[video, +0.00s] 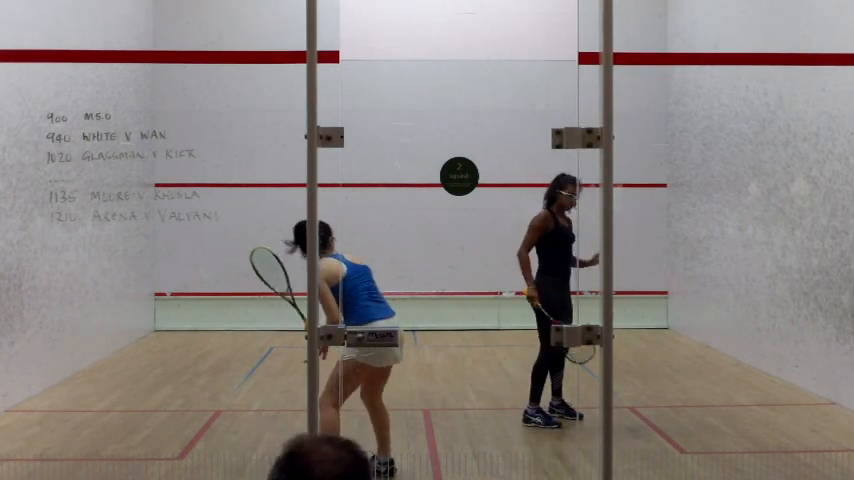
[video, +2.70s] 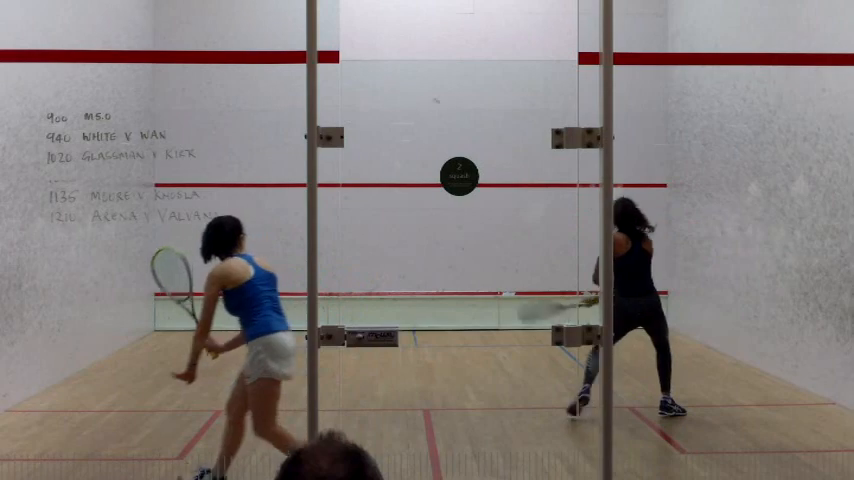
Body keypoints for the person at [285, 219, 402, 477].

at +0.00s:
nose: (304, 256)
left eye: (304, 250)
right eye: (334, 238)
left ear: (305, 248)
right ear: (332, 241)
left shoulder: (320, 270)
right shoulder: (354, 261)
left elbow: (334, 318)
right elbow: (355, 309)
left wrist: (324, 341)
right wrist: (327, 335)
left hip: (364, 340)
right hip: (391, 335)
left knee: (328, 402)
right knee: (373, 397)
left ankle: (329, 465)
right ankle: (384, 461)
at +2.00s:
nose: (324, 245)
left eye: (321, 241)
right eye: (320, 242)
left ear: (294, 256)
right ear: (317, 247)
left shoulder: (300, 281)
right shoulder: (343, 267)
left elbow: (315, 327)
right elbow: (337, 317)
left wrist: (323, 355)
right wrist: (295, 344)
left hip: (350, 337)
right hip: (381, 331)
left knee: (313, 404)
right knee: (372, 396)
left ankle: (335, 462)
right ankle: (383, 461)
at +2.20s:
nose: (308, 246)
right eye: (305, 242)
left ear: (274, 255)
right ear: (302, 247)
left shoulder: (284, 281)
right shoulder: (328, 270)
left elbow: (295, 330)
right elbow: (309, 323)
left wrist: (307, 365)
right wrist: (268, 339)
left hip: (329, 345)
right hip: (361, 340)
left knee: (299, 409)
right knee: (362, 399)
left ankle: (317, 462)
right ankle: (381, 460)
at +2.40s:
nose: (287, 240)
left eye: (286, 236)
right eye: (285, 237)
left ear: (257, 248)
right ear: (280, 240)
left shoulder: (264, 273)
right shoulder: (299, 263)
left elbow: (263, 324)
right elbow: (280, 320)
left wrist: (267, 367)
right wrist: (240, 333)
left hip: (312, 338)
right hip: (337, 333)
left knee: (293, 412)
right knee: (319, 400)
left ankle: (315, 462)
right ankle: (347, 446)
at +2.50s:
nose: (275, 237)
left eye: (274, 234)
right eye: (273, 234)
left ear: (245, 245)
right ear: (269, 238)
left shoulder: (252, 270)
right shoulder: (291, 261)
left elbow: (243, 322)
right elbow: (273, 317)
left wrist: (241, 369)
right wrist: (232, 333)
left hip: (301, 338)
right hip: (323, 332)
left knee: (289, 415)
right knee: (294, 411)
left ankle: (315, 467)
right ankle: (317, 463)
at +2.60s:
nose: (261, 237)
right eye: (259, 234)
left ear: (231, 245)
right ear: (256, 238)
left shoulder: (237, 270)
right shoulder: (276, 264)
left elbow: (224, 321)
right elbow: (264, 320)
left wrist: (214, 364)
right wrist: (224, 336)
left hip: (287, 340)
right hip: (303, 335)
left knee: (283, 418)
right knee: (263, 400)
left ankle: (319, 468)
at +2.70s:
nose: (245, 238)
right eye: (243, 235)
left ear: (214, 245)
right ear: (240, 240)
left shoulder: (221, 272)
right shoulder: (261, 266)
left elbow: (204, 326)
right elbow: (258, 325)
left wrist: (191, 368)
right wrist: (223, 348)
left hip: (268, 345)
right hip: (278, 339)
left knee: (264, 426)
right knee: (235, 411)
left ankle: (316, 462)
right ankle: (219, 473)